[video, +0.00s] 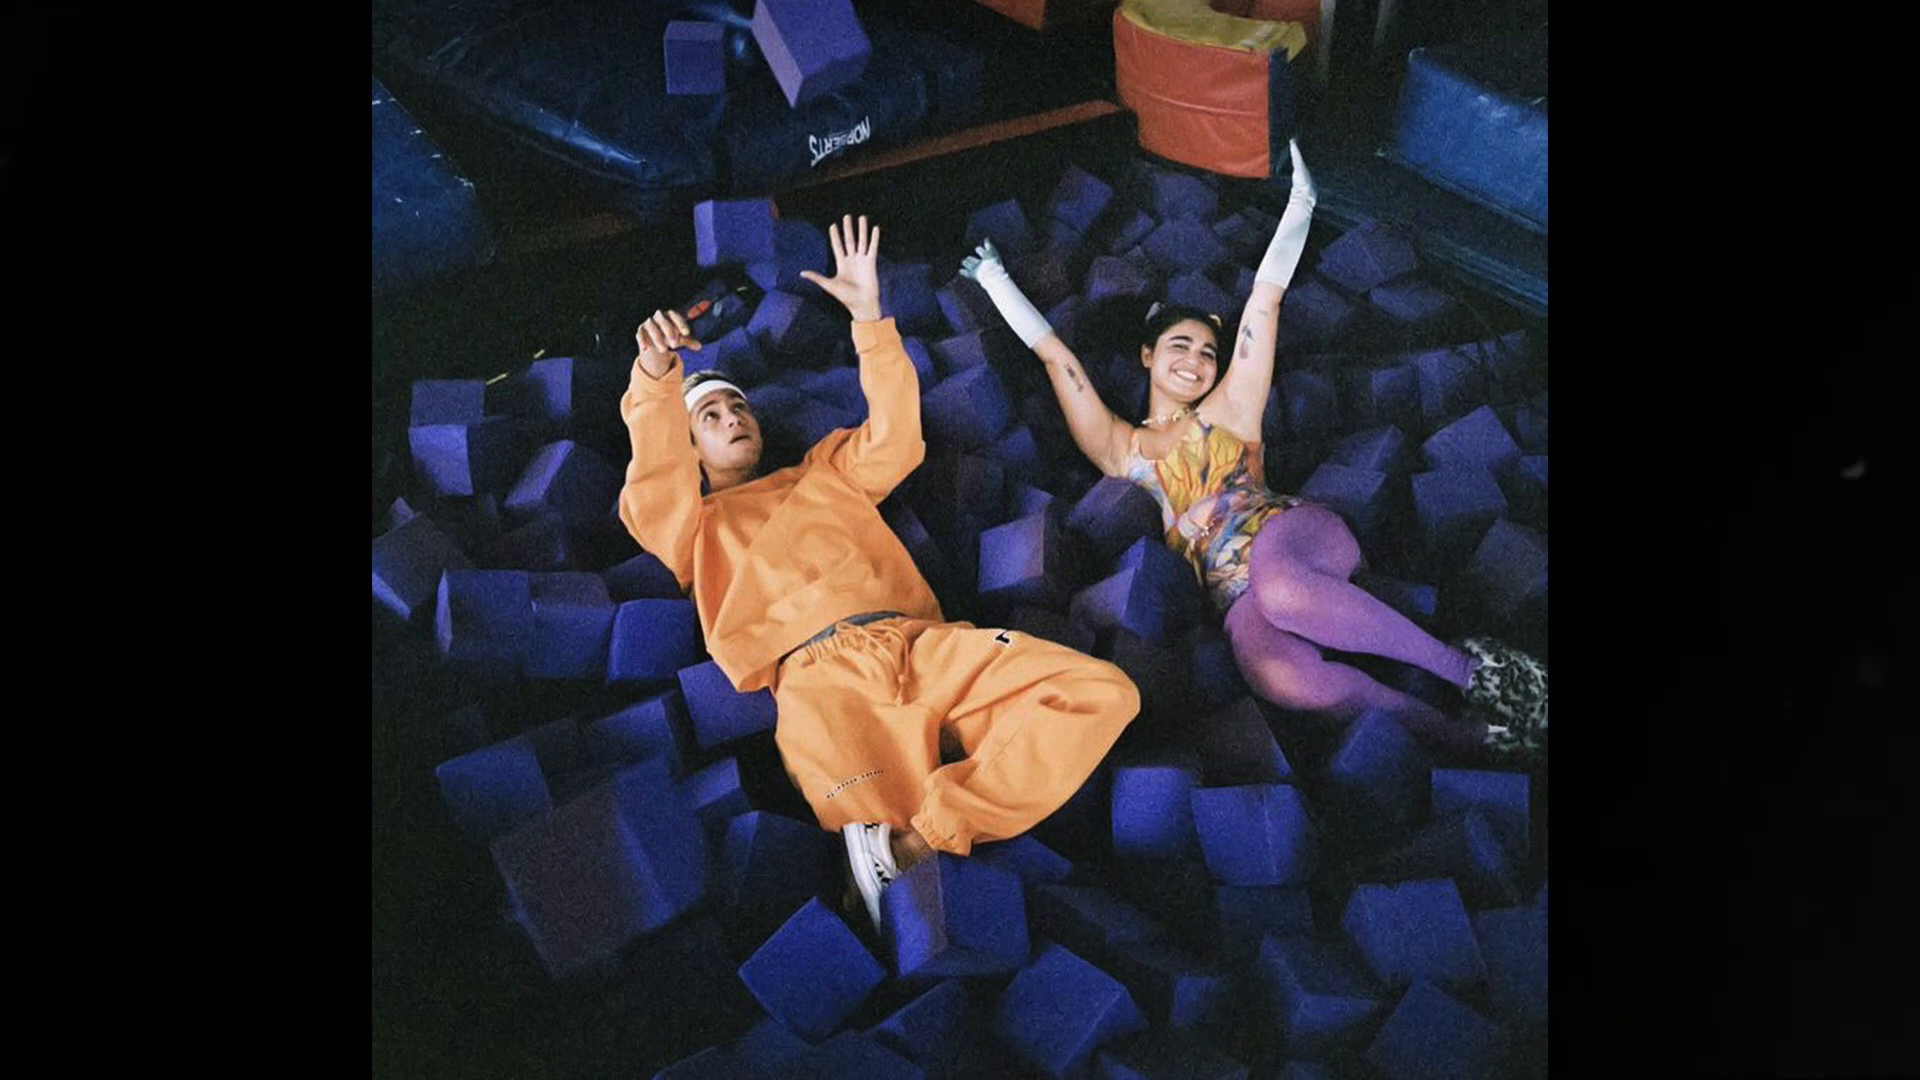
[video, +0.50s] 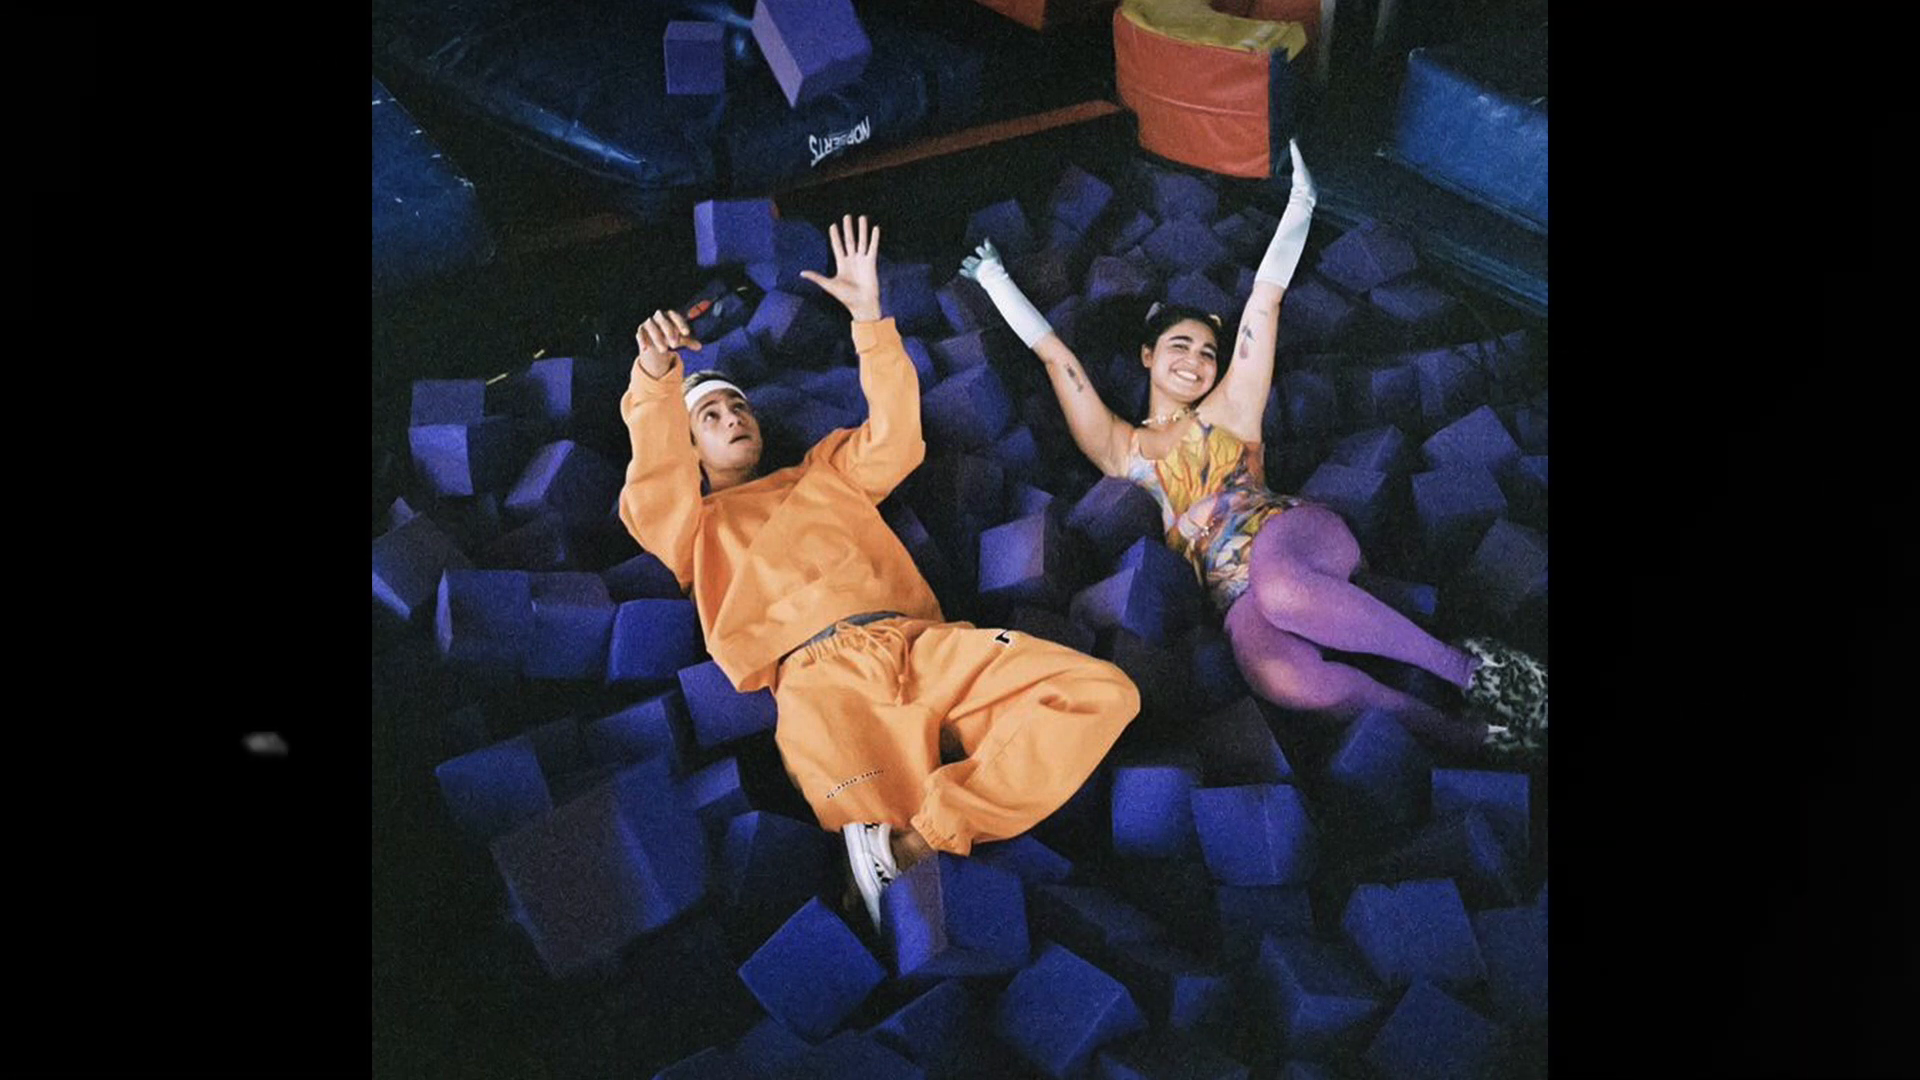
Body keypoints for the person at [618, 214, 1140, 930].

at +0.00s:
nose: (731, 418)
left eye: (738, 407)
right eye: (709, 415)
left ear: (760, 425)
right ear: (688, 448)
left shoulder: (827, 468)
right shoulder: (695, 525)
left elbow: (895, 436)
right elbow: (655, 476)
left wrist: (868, 317)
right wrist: (655, 373)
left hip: (918, 640)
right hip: (820, 672)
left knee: (1094, 693)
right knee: (881, 828)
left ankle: (917, 841)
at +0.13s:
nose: (731, 418)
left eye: (738, 407)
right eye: (709, 415)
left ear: (760, 425)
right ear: (688, 449)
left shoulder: (827, 468)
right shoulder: (696, 525)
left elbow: (895, 436)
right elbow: (655, 477)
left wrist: (868, 317)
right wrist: (655, 373)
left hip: (918, 641)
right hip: (820, 673)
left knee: (1094, 692)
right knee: (883, 831)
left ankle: (917, 841)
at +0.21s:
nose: (731, 418)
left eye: (738, 407)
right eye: (709, 415)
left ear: (760, 425)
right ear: (688, 449)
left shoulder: (827, 468)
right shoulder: (696, 525)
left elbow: (895, 436)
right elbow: (655, 477)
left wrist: (868, 317)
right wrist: (655, 373)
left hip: (918, 641)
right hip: (820, 673)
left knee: (1094, 692)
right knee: (883, 831)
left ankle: (916, 841)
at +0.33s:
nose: (731, 418)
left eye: (738, 407)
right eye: (709, 415)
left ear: (760, 425)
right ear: (688, 449)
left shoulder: (827, 468)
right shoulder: (696, 525)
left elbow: (895, 436)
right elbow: (655, 477)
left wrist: (868, 317)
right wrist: (655, 373)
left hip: (918, 641)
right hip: (820, 673)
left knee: (1094, 692)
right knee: (883, 831)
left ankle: (916, 841)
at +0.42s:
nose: (731, 418)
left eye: (738, 407)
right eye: (709, 415)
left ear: (760, 425)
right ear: (688, 449)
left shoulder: (827, 468)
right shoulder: (696, 525)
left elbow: (895, 436)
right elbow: (655, 477)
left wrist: (868, 317)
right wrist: (655, 373)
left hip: (918, 641)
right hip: (820, 673)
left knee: (1094, 692)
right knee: (883, 831)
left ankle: (916, 841)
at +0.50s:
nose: (731, 418)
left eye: (738, 407)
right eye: (709, 415)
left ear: (760, 425)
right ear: (687, 449)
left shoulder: (827, 468)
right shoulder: (696, 525)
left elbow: (895, 436)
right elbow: (655, 477)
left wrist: (868, 317)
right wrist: (655, 373)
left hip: (917, 640)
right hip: (820, 673)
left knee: (1094, 692)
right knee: (883, 831)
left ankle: (917, 841)